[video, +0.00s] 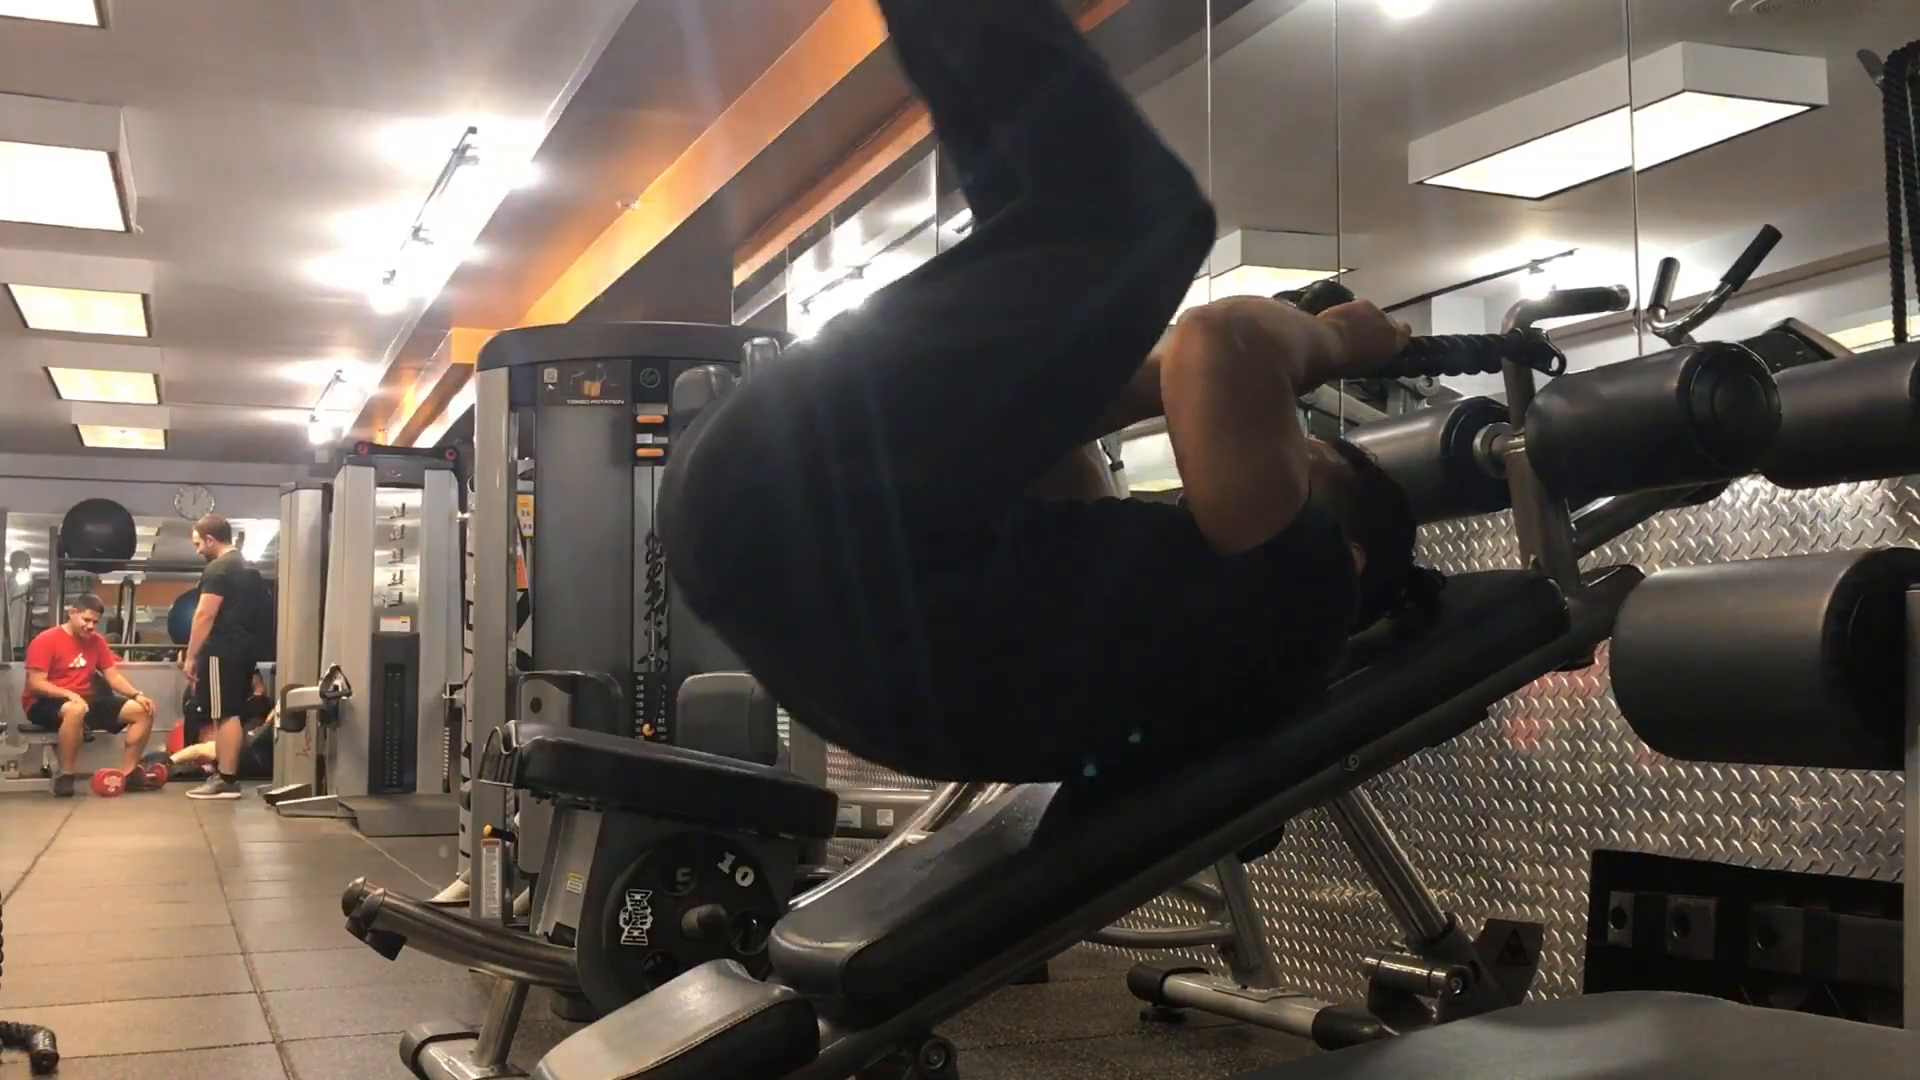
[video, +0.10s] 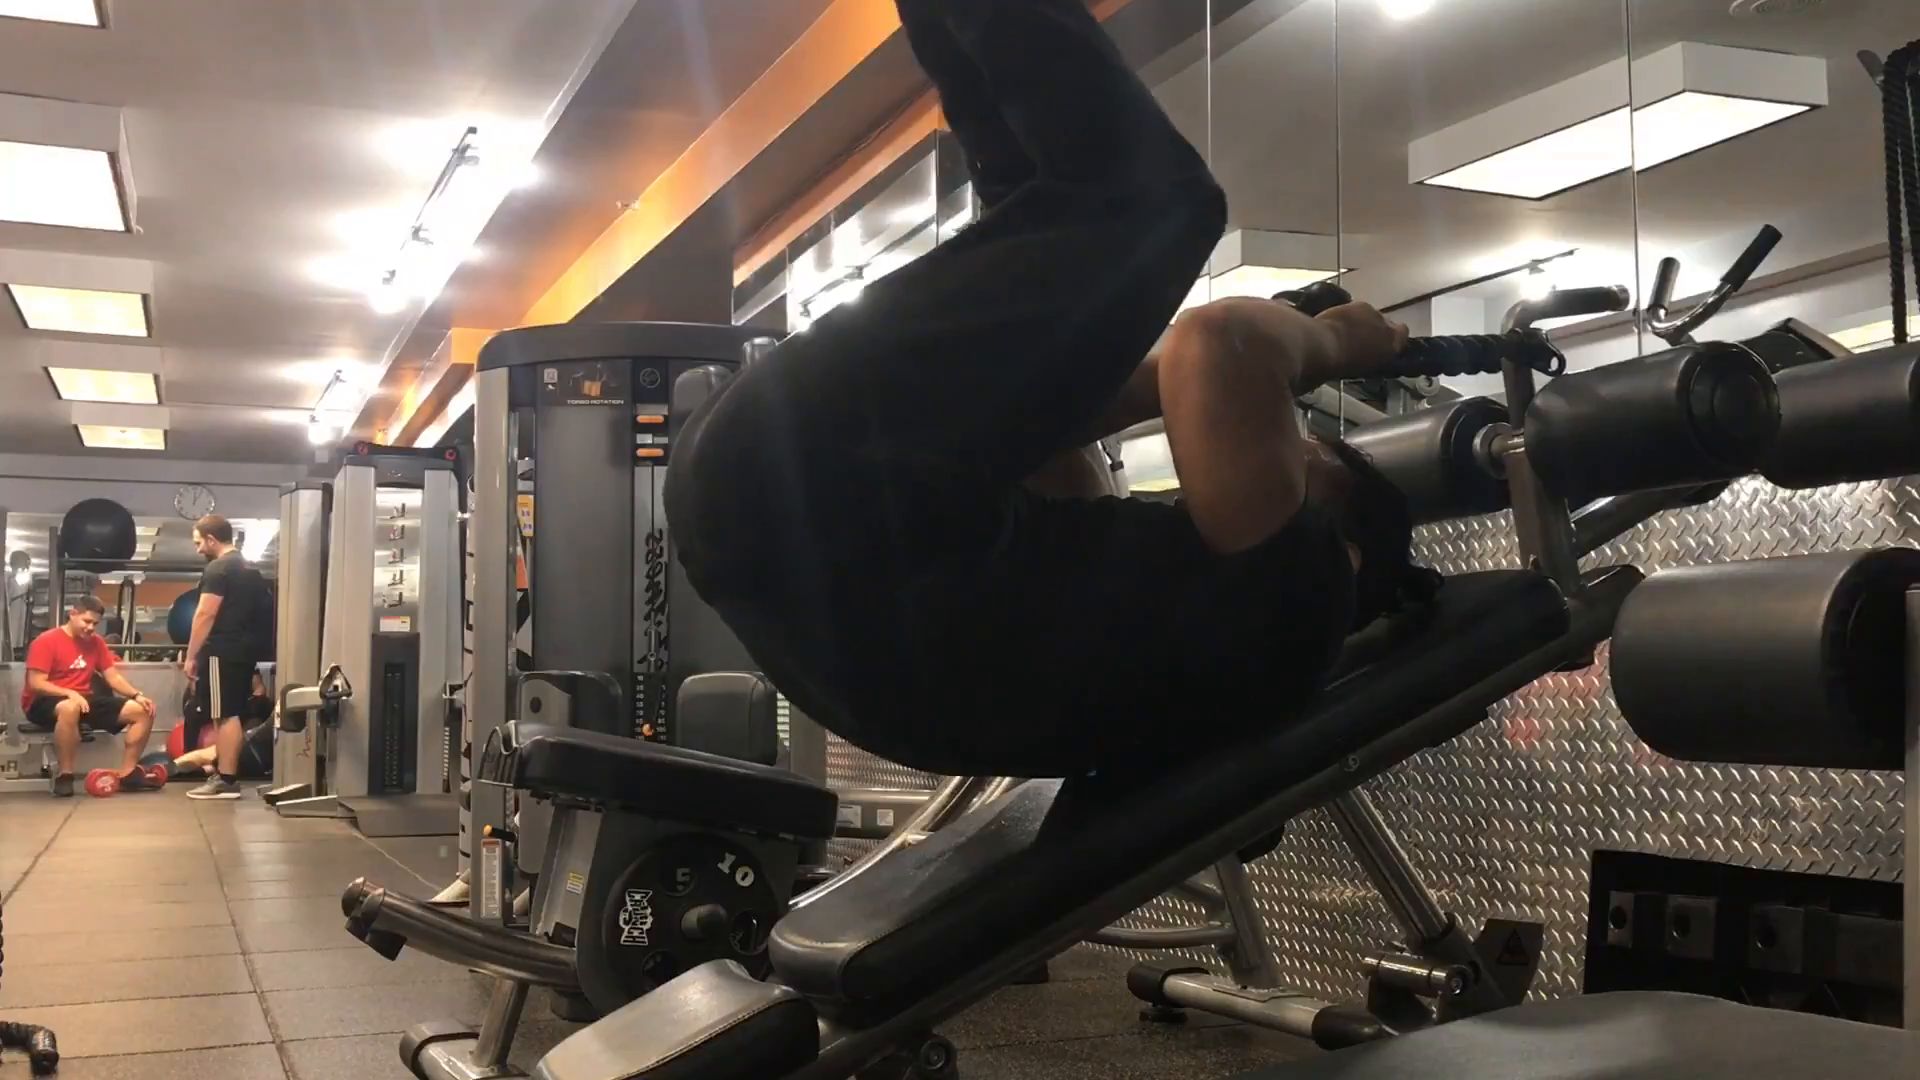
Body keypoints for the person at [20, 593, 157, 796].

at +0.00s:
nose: (90, 626)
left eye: (95, 622)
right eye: (86, 620)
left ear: (99, 622)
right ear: (72, 613)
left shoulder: (97, 641)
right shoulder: (46, 641)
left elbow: (112, 676)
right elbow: (36, 683)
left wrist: (137, 695)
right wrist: (69, 694)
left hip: (86, 702)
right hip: (45, 703)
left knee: (143, 712)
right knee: (75, 710)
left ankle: (129, 774)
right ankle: (66, 776)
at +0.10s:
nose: (90, 628)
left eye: (94, 623)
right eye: (86, 621)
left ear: (98, 623)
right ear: (72, 614)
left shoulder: (96, 642)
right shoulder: (46, 641)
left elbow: (112, 676)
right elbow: (36, 683)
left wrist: (137, 695)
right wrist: (72, 695)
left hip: (85, 701)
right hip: (45, 702)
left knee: (142, 712)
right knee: (70, 708)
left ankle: (128, 774)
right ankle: (65, 775)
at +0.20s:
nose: (89, 628)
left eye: (94, 623)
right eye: (86, 621)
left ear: (98, 623)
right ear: (72, 614)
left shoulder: (95, 643)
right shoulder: (46, 641)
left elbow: (112, 676)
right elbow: (34, 683)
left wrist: (137, 695)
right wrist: (65, 694)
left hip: (84, 701)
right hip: (45, 702)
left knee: (142, 712)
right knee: (65, 709)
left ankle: (127, 774)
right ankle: (65, 775)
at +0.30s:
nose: (88, 627)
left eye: (93, 623)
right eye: (84, 620)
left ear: (97, 623)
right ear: (71, 614)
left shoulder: (94, 643)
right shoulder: (45, 641)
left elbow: (112, 676)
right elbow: (32, 682)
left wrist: (137, 695)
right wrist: (63, 694)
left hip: (84, 701)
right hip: (45, 701)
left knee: (142, 712)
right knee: (62, 709)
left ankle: (127, 774)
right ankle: (65, 775)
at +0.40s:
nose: (86, 626)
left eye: (91, 622)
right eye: (83, 619)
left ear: (96, 622)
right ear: (69, 614)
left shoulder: (93, 643)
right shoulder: (44, 640)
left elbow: (110, 677)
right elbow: (31, 681)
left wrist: (136, 695)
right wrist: (63, 690)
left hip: (82, 701)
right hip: (43, 702)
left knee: (142, 712)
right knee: (61, 702)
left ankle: (126, 775)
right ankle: (63, 773)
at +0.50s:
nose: (85, 625)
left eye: (90, 621)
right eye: (82, 618)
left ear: (95, 621)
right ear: (68, 613)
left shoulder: (93, 643)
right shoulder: (43, 639)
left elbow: (110, 677)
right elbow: (30, 679)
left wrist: (135, 694)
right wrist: (62, 686)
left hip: (82, 702)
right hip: (42, 704)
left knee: (141, 711)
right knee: (60, 696)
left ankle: (127, 774)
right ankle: (60, 764)